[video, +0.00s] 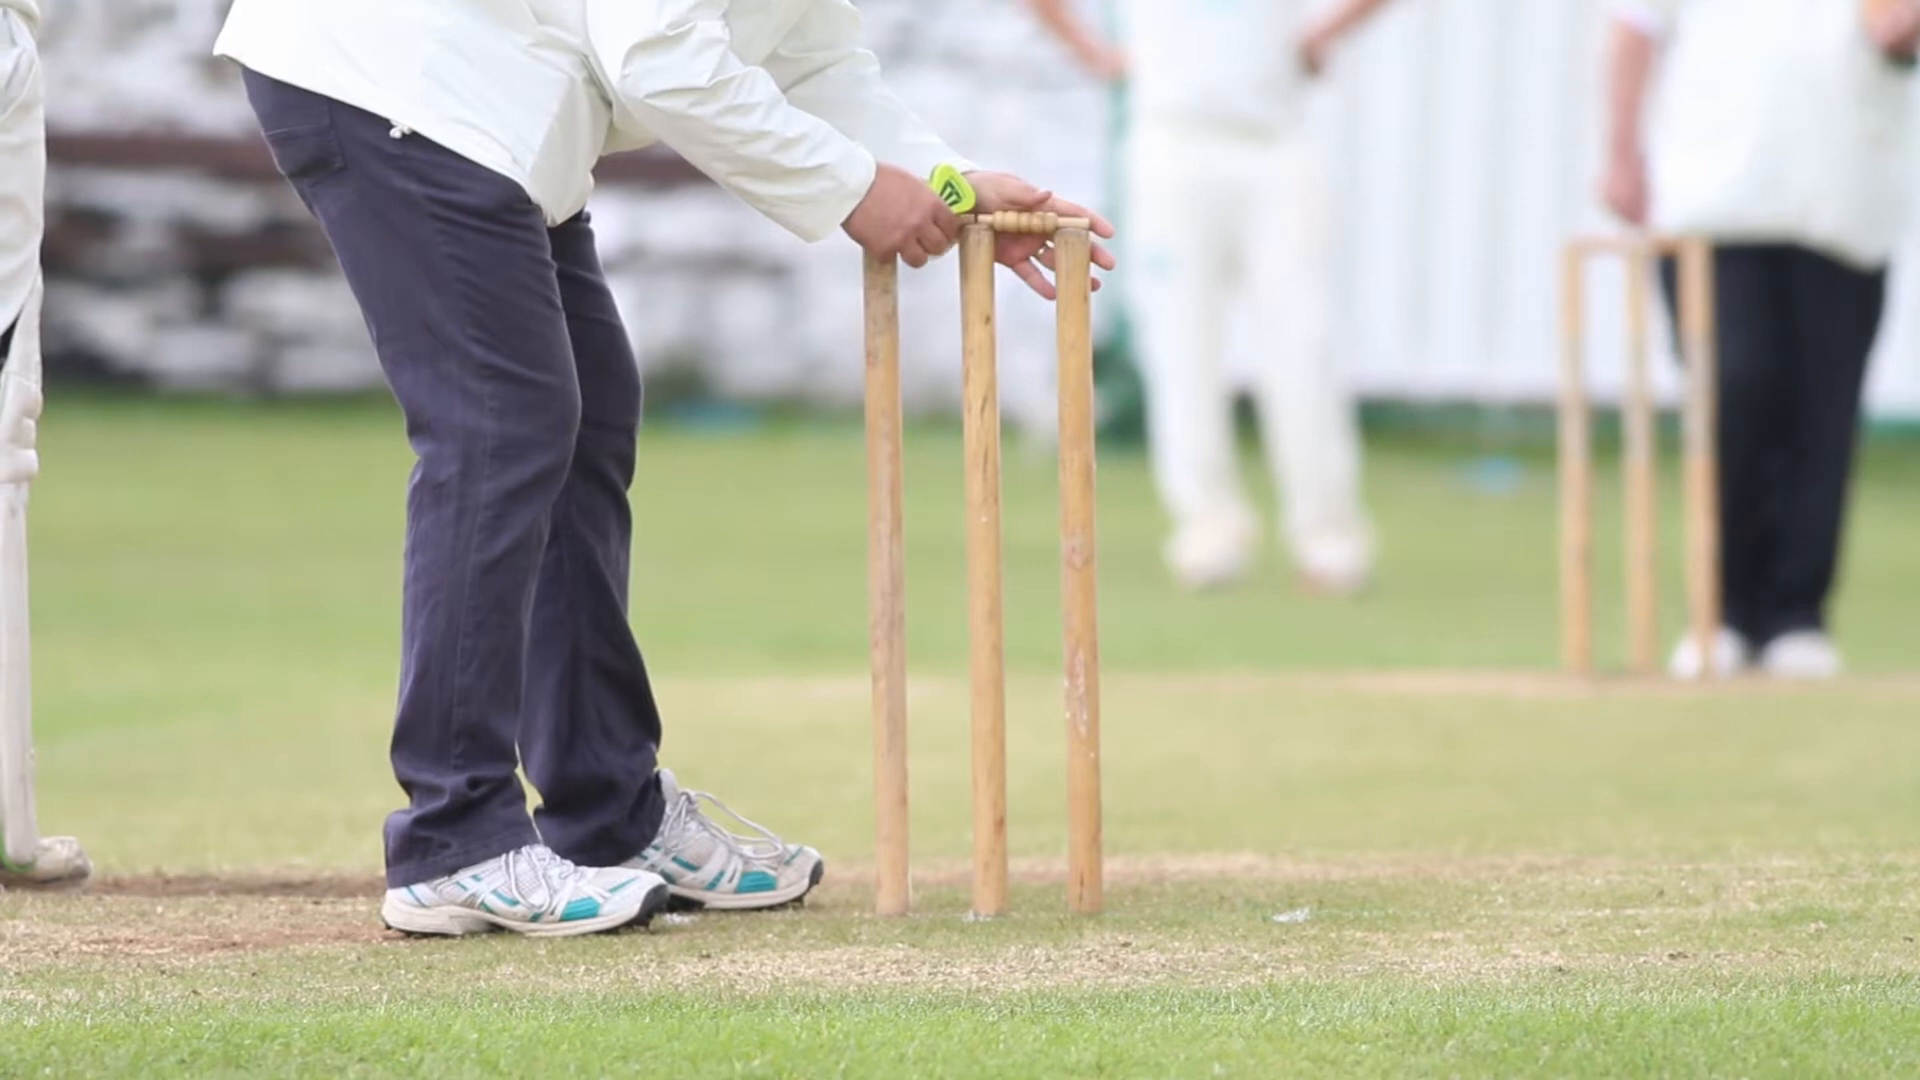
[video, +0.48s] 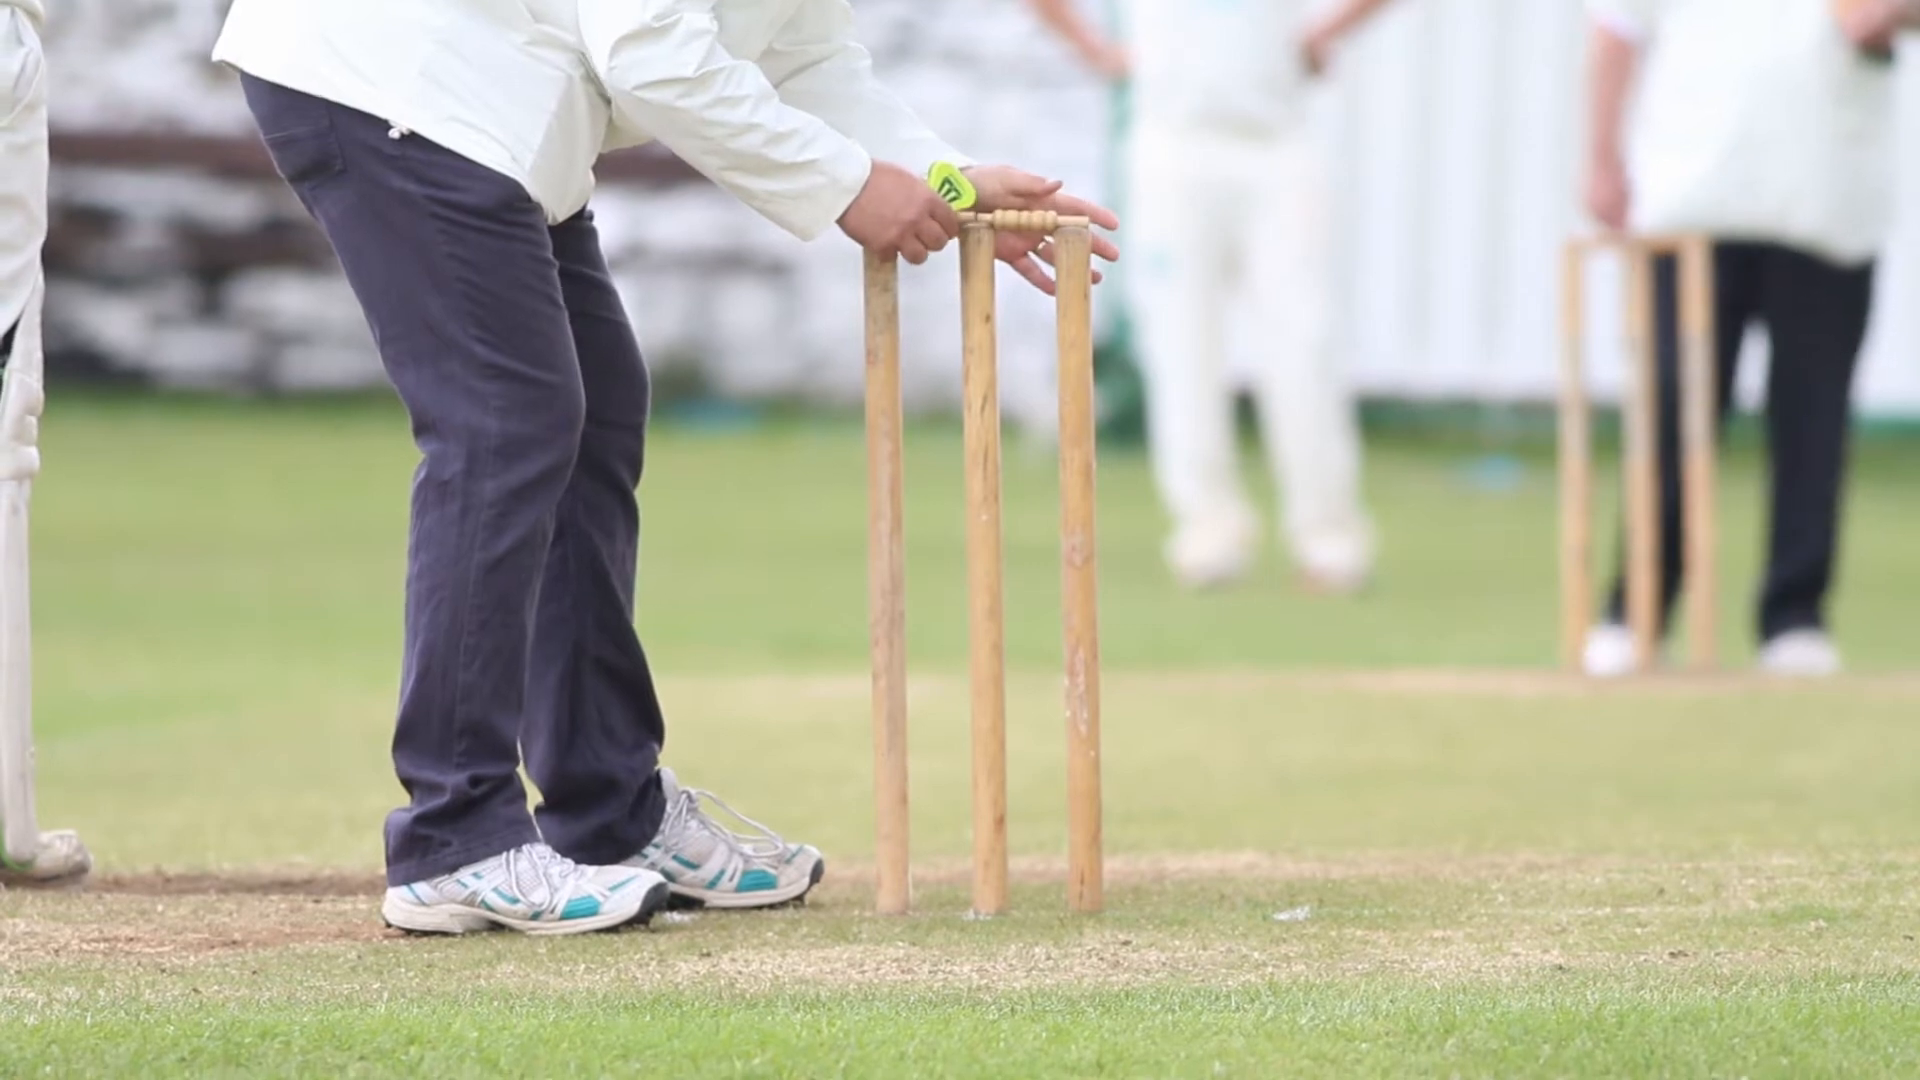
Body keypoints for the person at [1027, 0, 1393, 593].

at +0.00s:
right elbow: (1034, 4)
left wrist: (1321, 36)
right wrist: (1096, 52)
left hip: (1280, 128)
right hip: (1170, 126)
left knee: (1301, 338)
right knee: (1178, 343)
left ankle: (1328, 536)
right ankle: (1209, 532)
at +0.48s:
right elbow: (1038, 4)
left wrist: (1323, 34)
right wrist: (1099, 50)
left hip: (1282, 128)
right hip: (1171, 126)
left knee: (1301, 339)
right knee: (1179, 344)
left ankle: (1328, 535)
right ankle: (1209, 532)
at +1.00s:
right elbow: (1040, 4)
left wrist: (1325, 38)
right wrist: (1099, 48)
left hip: (1285, 125)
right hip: (1173, 123)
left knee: (1304, 335)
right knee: (1181, 340)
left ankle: (1329, 534)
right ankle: (1210, 531)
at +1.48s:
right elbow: (1042, 4)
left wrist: (1323, 40)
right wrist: (1097, 47)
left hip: (1286, 121)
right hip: (1172, 119)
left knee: (1303, 330)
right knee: (1179, 334)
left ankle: (1329, 530)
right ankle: (1209, 526)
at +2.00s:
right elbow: (1042, 4)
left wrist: (1323, 36)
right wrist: (1096, 46)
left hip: (1286, 120)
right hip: (1172, 117)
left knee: (1303, 329)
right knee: (1179, 332)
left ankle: (1329, 529)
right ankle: (1209, 526)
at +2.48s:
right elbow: (1041, 3)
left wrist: (1322, 35)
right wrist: (1098, 47)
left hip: (1284, 115)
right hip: (1171, 113)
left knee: (1304, 327)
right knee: (1180, 330)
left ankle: (1330, 528)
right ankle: (1210, 524)